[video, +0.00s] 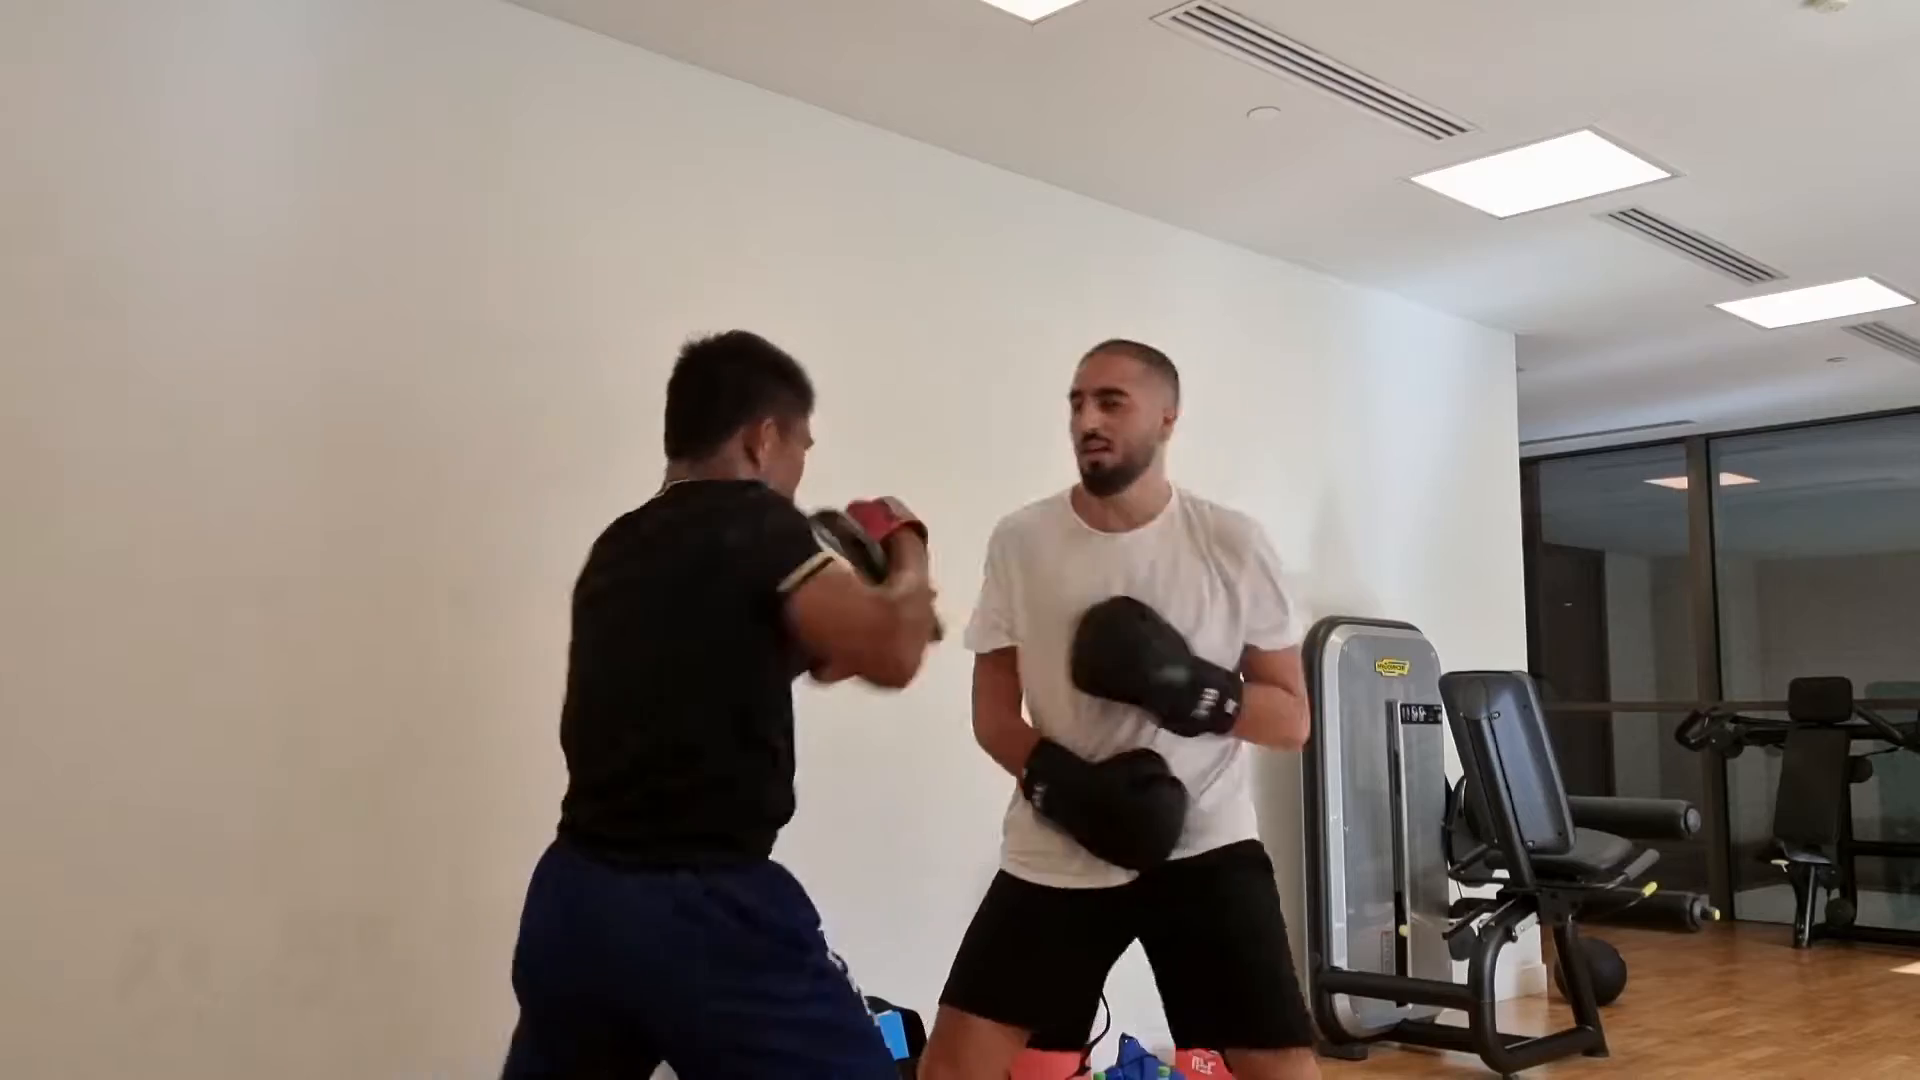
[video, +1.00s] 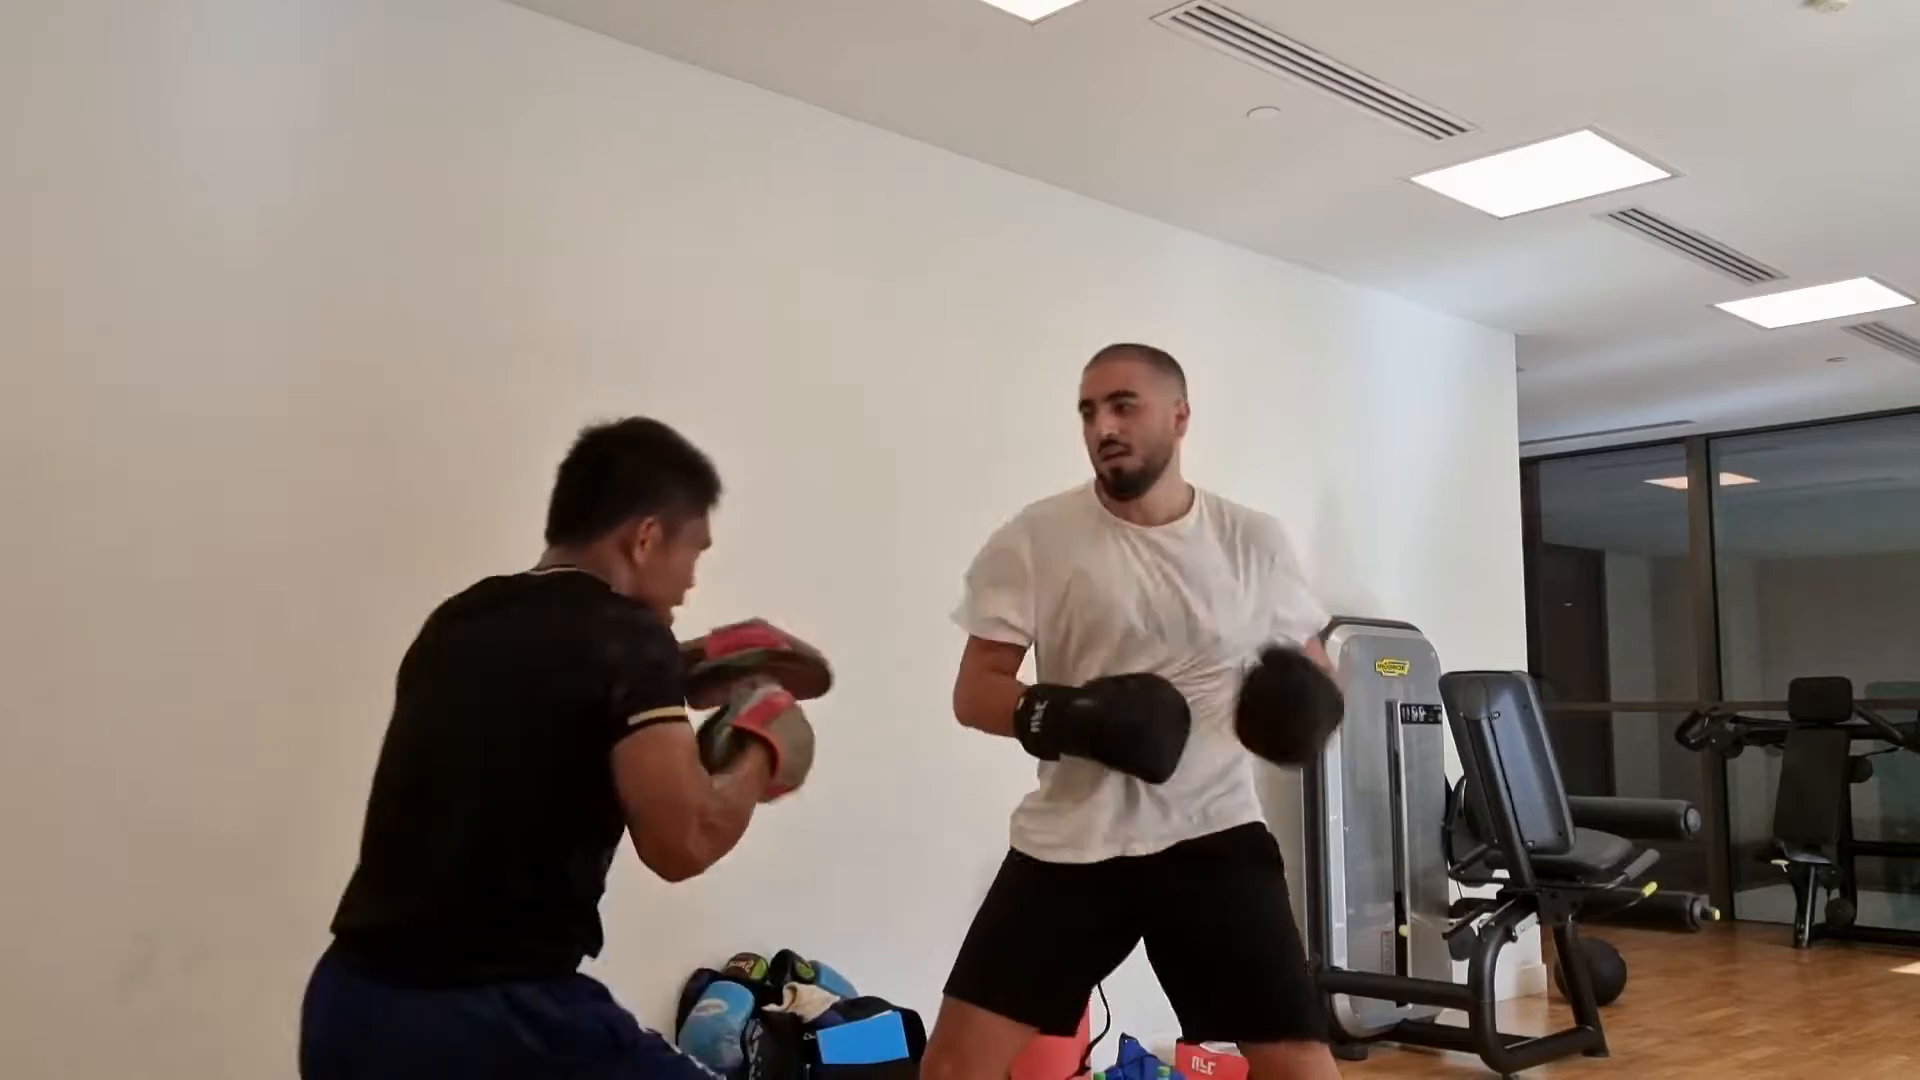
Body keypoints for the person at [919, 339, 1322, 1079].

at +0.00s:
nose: (1088, 419)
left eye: (1112, 402)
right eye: (1079, 404)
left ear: (1168, 420)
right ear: (1067, 419)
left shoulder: (1235, 545)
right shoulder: (1020, 542)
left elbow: (1291, 718)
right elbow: (993, 717)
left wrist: (1190, 685)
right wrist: (1067, 783)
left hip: (1207, 860)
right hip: (1052, 867)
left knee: (1282, 1068)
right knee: (955, 1067)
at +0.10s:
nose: (1014, 426)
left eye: (1033, 404)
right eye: (1006, 411)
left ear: (1094, 413)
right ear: (1001, 427)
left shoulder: (1145, 514)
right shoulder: (1022, 534)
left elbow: (1216, 679)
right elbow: (1028, 683)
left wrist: (1069, 666)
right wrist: (1030, 769)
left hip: (1195, 850)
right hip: (1072, 845)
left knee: (1258, 1068)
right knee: (957, 1048)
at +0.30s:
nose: (982, 467)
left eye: (999, 444)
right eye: (976, 453)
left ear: (1062, 445)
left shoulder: (1096, 524)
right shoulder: (1067, 552)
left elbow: (1200, 678)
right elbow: (1138, 727)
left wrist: (1060, 695)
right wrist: (1032, 792)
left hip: (1186, 859)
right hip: (1077, 862)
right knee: (951, 1048)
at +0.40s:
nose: (1055, 435)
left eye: (1075, 413)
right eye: (1042, 426)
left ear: (1134, 418)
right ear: (1036, 447)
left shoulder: (1227, 530)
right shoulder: (1054, 556)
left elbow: (1317, 691)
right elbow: (1056, 676)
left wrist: (1200, 681)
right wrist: (960, 714)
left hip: (1201, 860)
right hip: (1057, 857)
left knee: (1264, 1069)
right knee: (954, 1065)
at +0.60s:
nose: (1053, 441)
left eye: (1071, 419)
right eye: (1038, 430)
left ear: (1124, 425)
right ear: (1033, 452)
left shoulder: (1218, 533)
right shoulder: (1018, 551)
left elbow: (1313, 696)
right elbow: (908, 677)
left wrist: (1246, 629)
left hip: (1219, 867)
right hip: (1076, 860)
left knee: (1280, 1071)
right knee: (956, 1062)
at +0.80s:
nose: (1019, 443)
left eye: (1037, 420)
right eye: (1006, 430)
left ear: (1093, 424)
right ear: (1001, 446)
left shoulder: (1152, 485)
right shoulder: (1036, 561)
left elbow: (1180, 580)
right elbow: (1047, 690)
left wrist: (1042, 563)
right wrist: (1033, 717)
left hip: (1191, 821)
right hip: (1068, 838)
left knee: (1275, 1065)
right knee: (956, 1047)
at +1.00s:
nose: (1103, 427)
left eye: (1124, 406)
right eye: (1090, 413)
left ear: (1180, 416)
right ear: (1079, 427)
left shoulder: (1257, 544)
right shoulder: (1032, 540)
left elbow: (1315, 661)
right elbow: (975, 691)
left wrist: (1304, 697)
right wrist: (1066, 714)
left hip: (1216, 844)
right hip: (1066, 851)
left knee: (1300, 1066)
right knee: (957, 1066)